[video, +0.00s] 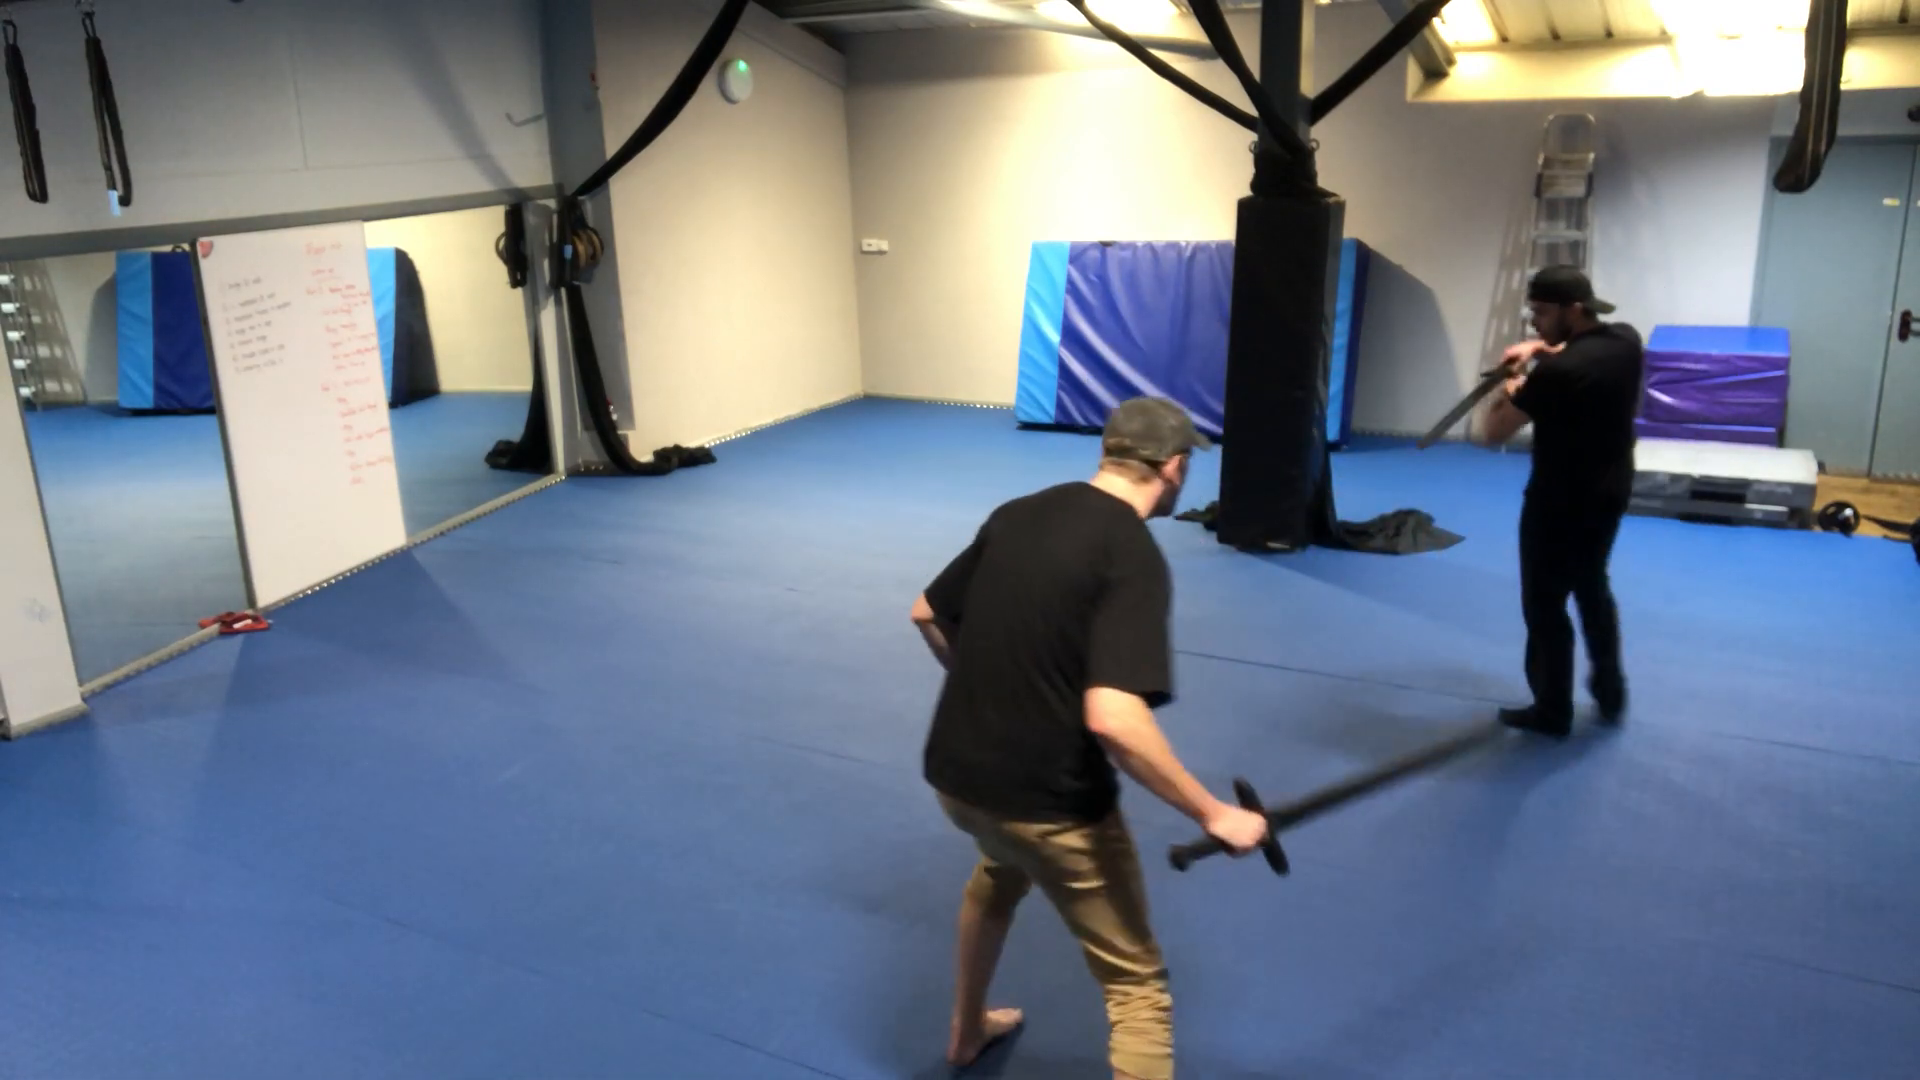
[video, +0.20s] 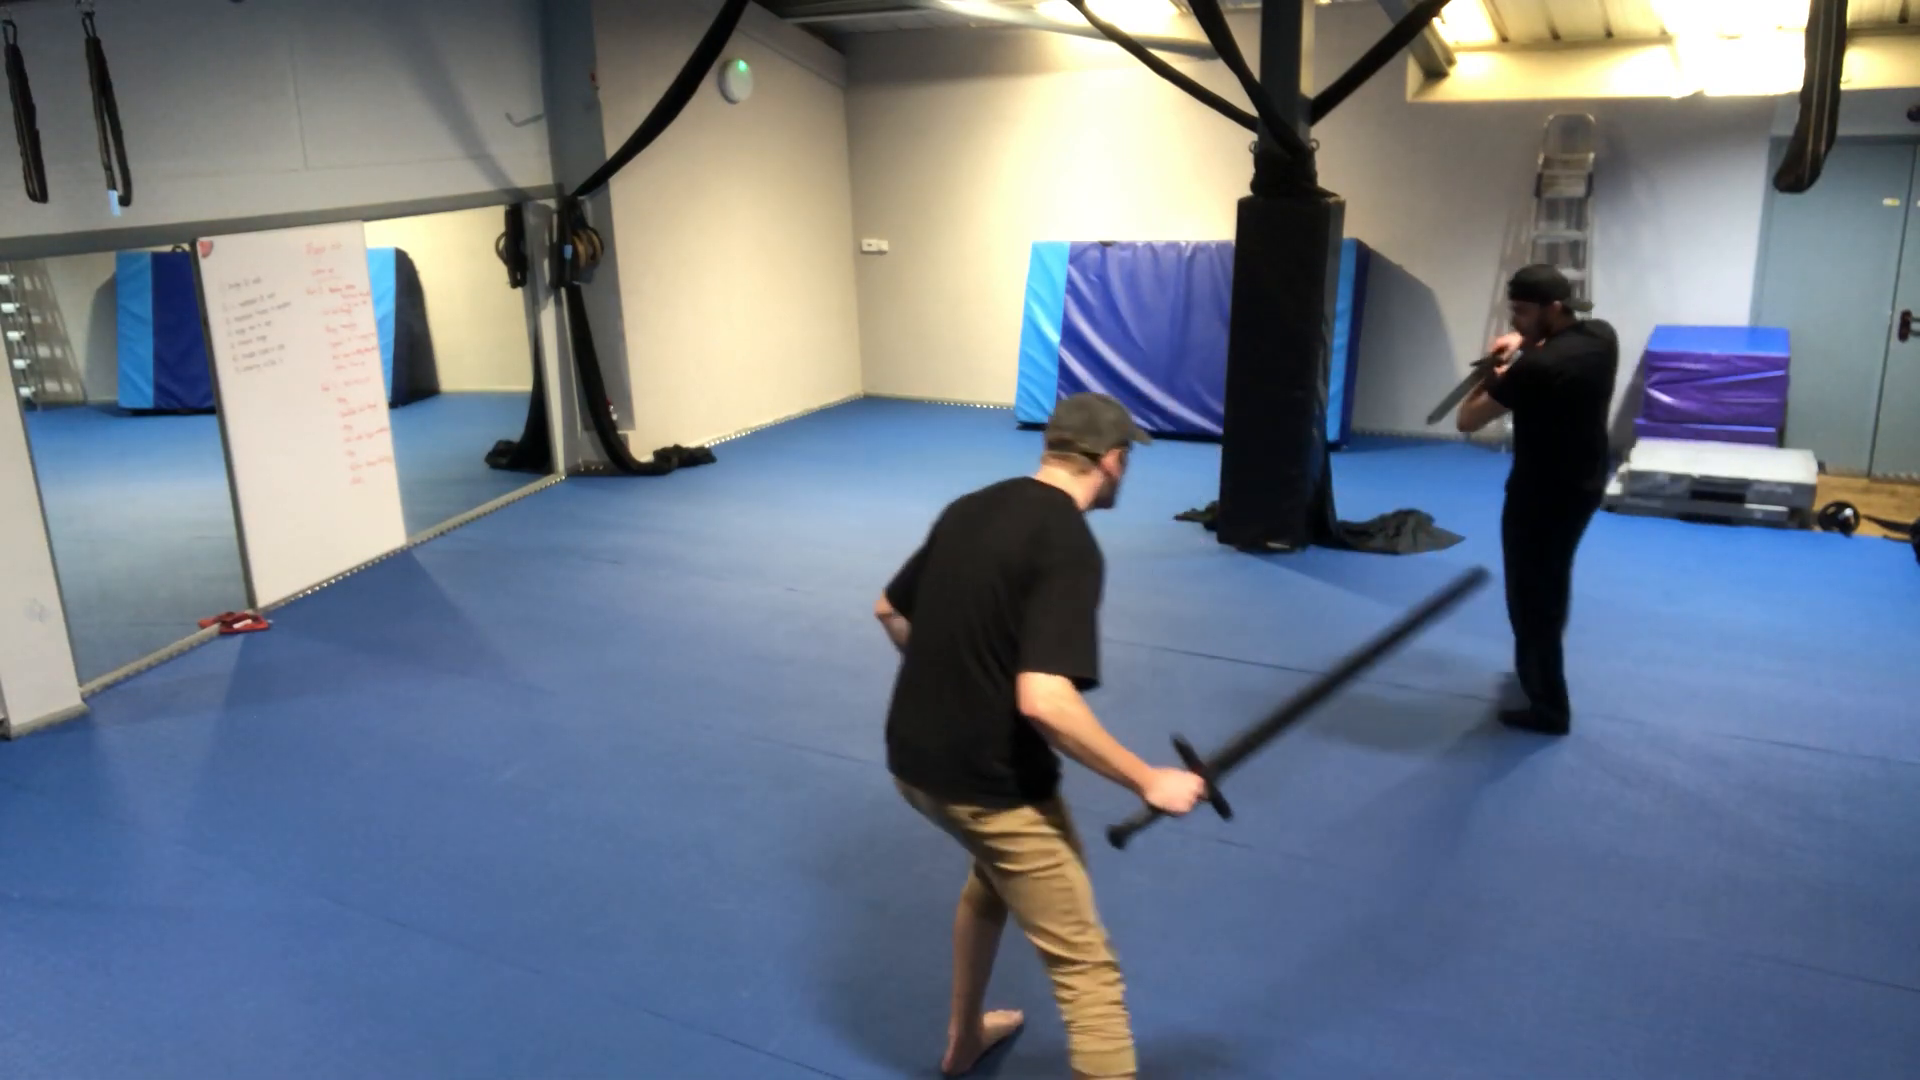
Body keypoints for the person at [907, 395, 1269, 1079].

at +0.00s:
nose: (1186, 478)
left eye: (1189, 466)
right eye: (1188, 465)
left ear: (1107, 453)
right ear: (1170, 467)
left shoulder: (1021, 514)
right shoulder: (1133, 556)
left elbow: (930, 613)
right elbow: (1112, 714)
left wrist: (989, 687)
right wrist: (1214, 812)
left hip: (957, 772)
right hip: (1052, 801)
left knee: (1002, 867)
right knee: (1135, 985)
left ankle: (966, 1028)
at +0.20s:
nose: (1126, 469)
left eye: (1127, 457)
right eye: (1127, 457)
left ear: (1052, 447)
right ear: (1110, 460)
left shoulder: (973, 508)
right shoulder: (1067, 544)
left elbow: (893, 609)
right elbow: (1043, 696)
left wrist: (958, 674)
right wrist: (1149, 780)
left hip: (916, 756)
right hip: (993, 777)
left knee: (997, 867)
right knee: (1084, 965)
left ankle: (963, 1033)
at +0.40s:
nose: (1069, 454)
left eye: (1069, 441)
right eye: (1069, 442)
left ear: (996, 434)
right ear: (1052, 443)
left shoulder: (922, 495)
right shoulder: (1023, 525)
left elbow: (838, 590)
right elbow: (1010, 676)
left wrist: (881, 668)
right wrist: (1100, 745)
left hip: (883, 741)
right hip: (956, 762)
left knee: (973, 873)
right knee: (1044, 943)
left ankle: (961, 1040)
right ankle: (1003, 1068)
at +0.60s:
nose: (1029, 447)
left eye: (1029, 434)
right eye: (1030, 434)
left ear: (957, 425)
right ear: (1013, 433)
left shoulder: (886, 490)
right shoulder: (989, 513)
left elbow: (799, 588)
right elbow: (998, 670)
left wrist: (820, 679)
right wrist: (1073, 709)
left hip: (850, 729)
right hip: (918, 753)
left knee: (948, 890)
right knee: (956, 927)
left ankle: (961, 1035)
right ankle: (797, 1039)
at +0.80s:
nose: (990, 455)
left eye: (992, 441)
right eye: (992, 441)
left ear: (919, 429)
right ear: (974, 438)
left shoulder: (847, 490)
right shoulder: (937, 518)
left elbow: (765, 588)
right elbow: (963, 670)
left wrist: (798, 682)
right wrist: (1038, 692)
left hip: (818, 730)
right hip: (851, 757)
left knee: (933, 850)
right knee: (859, 920)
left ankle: (956, 1029)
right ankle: (738, 1018)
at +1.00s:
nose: (945, 459)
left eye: (945, 445)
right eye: (945, 445)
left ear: (877, 436)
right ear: (925, 447)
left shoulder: (806, 490)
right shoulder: (867, 526)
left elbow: (735, 581)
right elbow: (896, 680)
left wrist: (771, 669)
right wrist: (987, 709)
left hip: (832, 736)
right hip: (788, 756)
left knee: (912, 850)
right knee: (824, 919)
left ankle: (950, 1022)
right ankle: (731, 1033)